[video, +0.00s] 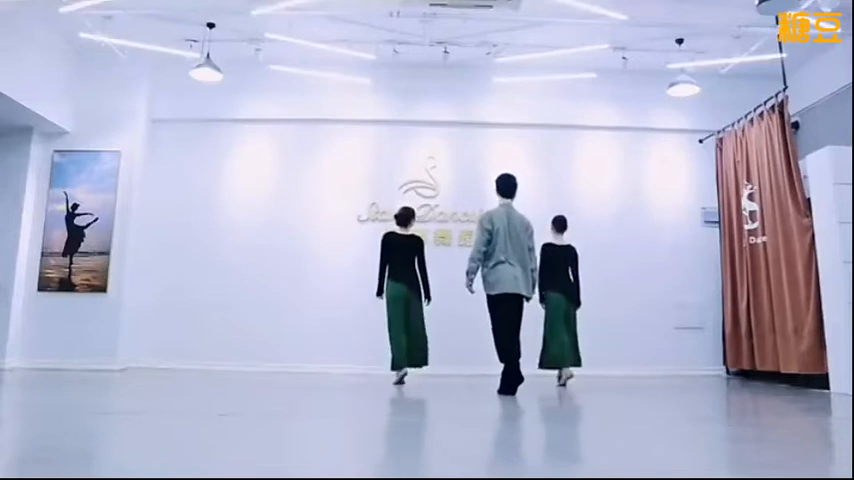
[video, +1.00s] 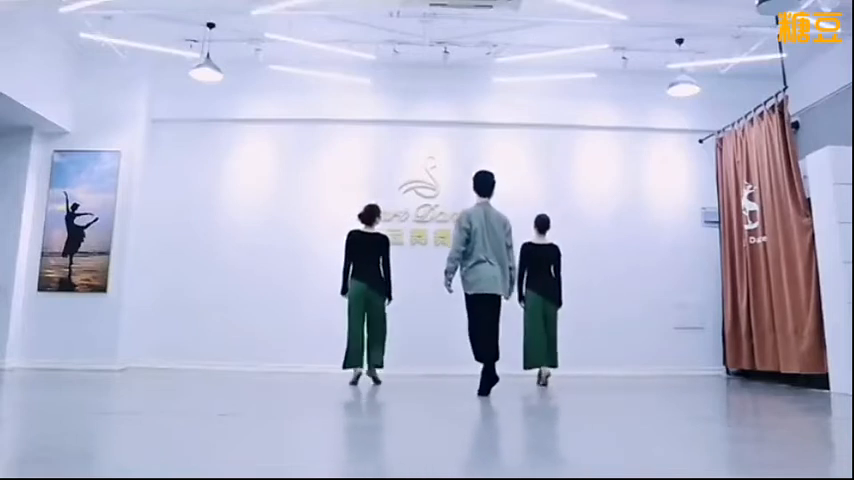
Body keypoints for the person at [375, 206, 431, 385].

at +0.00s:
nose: (412, 222)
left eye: (409, 219)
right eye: (412, 219)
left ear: (396, 219)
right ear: (412, 221)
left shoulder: (388, 238)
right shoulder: (417, 240)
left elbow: (383, 264)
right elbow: (422, 268)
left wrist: (380, 287)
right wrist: (427, 291)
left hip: (394, 286)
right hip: (412, 288)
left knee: (396, 326)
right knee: (410, 325)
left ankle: (400, 367)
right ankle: (403, 365)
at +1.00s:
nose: (378, 220)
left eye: (376, 216)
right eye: (378, 217)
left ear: (362, 217)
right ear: (376, 219)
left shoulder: (353, 235)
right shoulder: (382, 239)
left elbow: (347, 262)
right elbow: (386, 267)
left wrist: (344, 284)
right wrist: (389, 289)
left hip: (357, 283)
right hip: (376, 285)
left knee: (356, 326)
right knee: (376, 326)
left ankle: (357, 366)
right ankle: (373, 366)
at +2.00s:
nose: (349, 219)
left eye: (348, 216)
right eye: (349, 217)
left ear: (332, 217)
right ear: (347, 218)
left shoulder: (323, 235)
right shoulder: (353, 238)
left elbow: (316, 261)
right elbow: (358, 266)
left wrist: (312, 283)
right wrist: (362, 288)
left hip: (327, 284)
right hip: (347, 286)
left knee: (328, 326)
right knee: (345, 326)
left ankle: (333, 367)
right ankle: (342, 366)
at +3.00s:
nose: (285, 245)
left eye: (281, 242)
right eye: (287, 242)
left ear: (277, 241)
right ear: (293, 241)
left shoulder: (271, 257)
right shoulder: (301, 258)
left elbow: (266, 286)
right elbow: (297, 284)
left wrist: (260, 309)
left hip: (273, 303)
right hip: (294, 306)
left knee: (271, 340)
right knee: (281, 344)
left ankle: (279, 370)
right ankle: (265, 372)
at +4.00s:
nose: (275, 227)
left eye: (271, 224)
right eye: (278, 224)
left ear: (267, 225)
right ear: (282, 226)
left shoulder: (259, 244)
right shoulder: (288, 243)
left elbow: (254, 273)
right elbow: (292, 239)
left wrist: (250, 296)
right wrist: (282, 232)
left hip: (262, 292)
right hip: (281, 293)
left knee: (265, 331)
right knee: (280, 331)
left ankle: (276, 365)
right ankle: (275, 372)